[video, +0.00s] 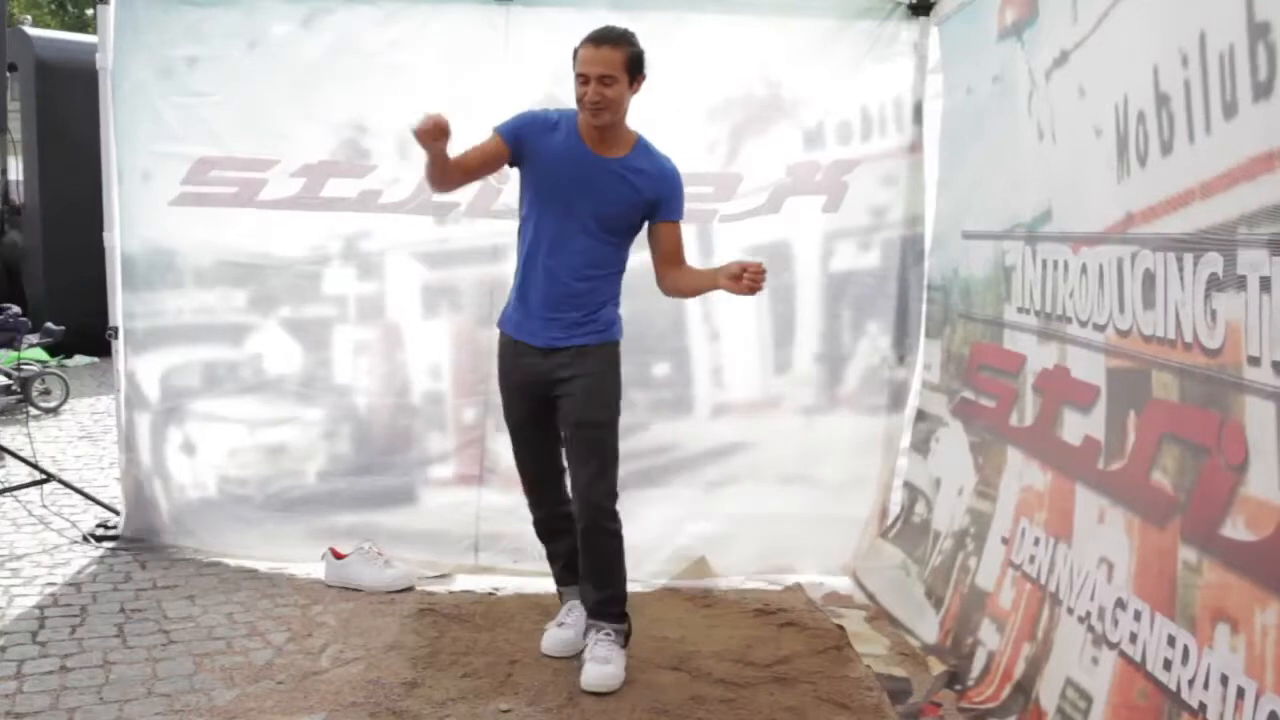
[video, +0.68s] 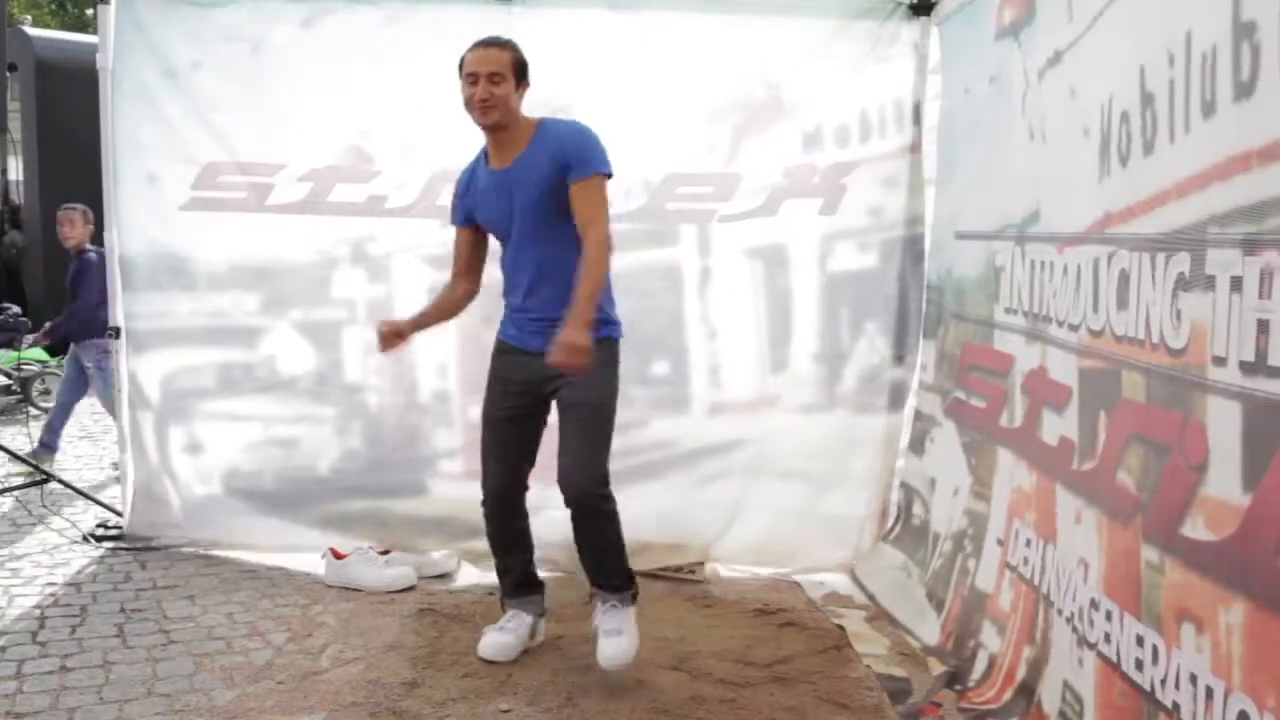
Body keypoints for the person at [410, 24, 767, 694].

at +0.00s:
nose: (595, 92)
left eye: (608, 82)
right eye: (585, 80)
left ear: (635, 85)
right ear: (573, 81)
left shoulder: (656, 176)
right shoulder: (535, 131)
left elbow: (671, 276)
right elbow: (446, 179)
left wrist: (721, 276)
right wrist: (436, 150)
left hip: (591, 350)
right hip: (521, 345)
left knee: (594, 496)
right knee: (543, 491)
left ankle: (607, 629)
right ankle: (574, 598)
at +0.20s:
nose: (567, 91)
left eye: (580, 79)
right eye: (557, 80)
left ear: (609, 85)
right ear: (547, 88)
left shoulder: (646, 171)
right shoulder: (523, 157)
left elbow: (653, 282)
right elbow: (479, 248)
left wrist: (631, 255)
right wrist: (470, 190)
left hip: (600, 360)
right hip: (530, 353)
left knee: (596, 508)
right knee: (494, 488)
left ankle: (608, 634)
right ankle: (557, 571)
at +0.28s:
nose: (547, 85)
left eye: (560, 73)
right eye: (538, 75)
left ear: (591, 78)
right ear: (529, 84)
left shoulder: (632, 157)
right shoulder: (520, 155)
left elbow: (633, 263)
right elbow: (481, 247)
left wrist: (580, 212)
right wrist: (458, 175)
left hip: (600, 356)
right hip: (530, 348)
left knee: (599, 504)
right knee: (489, 478)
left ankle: (607, 632)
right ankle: (543, 564)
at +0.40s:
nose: (524, 72)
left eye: (535, 59)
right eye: (513, 62)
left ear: (566, 65)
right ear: (506, 72)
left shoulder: (608, 129)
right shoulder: (507, 148)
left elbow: (585, 220)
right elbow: (493, 248)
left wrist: (497, 177)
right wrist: (473, 190)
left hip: (599, 343)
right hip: (530, 338)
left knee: (607, 492)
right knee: (497, 477)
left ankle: (617, 630)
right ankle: (522, 591)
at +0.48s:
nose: (512, 82)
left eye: (523, 71)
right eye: (501, 72)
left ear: (551, 78)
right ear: (492, 84)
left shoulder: (594, 135)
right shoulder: (495, 167)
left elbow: (568, 216)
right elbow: (494, 262)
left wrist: (465, 200)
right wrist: (469, 217)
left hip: (596, 349)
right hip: (527, 348)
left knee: (613, 497)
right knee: (504, 489)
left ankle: (624, 630)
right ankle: (524, 606)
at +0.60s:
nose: (491, 88)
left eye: (503, 77)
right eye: (480, 78)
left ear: (529, 84)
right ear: (469, 90)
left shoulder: (575, 136)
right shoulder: (479, 180)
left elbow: (568, 230)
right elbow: (480, 278)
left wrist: (501, 285)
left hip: (592, 345)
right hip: (524, 346)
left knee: (592, 493)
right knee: (504, 489)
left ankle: (617, 624)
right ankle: (523, 609)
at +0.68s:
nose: (482, 91)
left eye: (495, 80)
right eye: (472, 81)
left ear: (521, 89)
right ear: (461, 92)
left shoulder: (570, 142)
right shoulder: (472, 182)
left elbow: (597, 240)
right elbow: (464, 284)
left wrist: (577, 323)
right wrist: (412, 324)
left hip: (586, 342)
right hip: (518, 344)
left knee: (582, 484)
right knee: (499, 487)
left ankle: (614, 601)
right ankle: (524, 607)